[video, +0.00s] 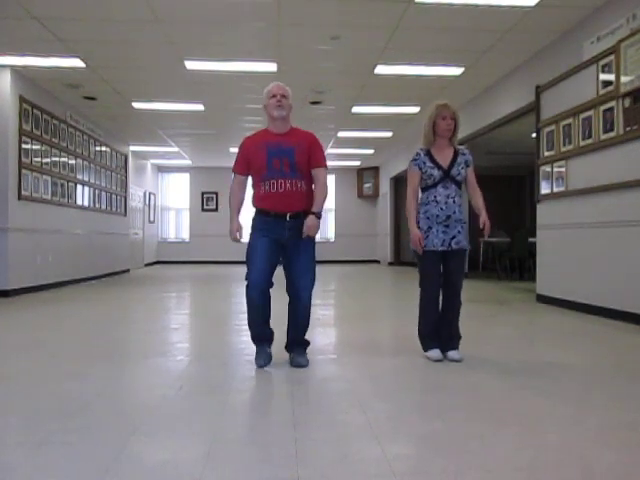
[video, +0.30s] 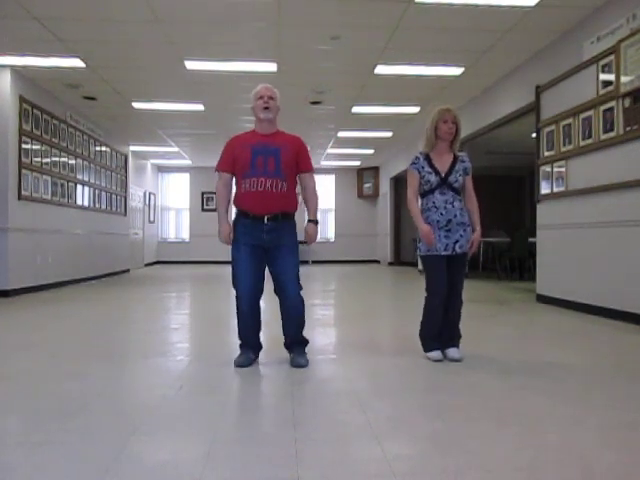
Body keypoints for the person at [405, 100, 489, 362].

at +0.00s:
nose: (448, 123)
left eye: (452, 119)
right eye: (443, 118)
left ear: (456, 124)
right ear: (433, 123)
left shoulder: (463, 156)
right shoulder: (420, 157)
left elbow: (473, 188)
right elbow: (412, 196)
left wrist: (482, 212)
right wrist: (413, 228)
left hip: (457, 229)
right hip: (429, 229)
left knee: (454, 288)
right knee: (430, 288)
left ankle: (451, 343)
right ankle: (430, 343)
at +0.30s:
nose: (449, 127)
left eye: (453, 123)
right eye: (444, 122)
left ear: (457, 129)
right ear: (434, 127)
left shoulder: (462, 161)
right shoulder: (420, 161)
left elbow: (470, 196)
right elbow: (411, 199)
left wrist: (477, 228)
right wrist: (422, 226)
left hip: (460, 231)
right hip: (433, 231)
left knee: (455, 290)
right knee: (437, 289)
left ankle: (451, 342)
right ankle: (432, 343)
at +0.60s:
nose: (443, 121)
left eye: (446, 117)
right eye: (437, 119)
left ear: (453, 123)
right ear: (429, 126)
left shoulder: (465, 155)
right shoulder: (422, 159)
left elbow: (473, 189)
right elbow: (411, 197)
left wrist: (481, 219)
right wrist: (416, 229)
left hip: (458, 230)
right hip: (429, 230)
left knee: (458, 290)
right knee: (429, 290)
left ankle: (452, 343)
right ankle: (431, 344)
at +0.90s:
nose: (448, 119)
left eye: (450, 116)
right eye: (442, 117)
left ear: (456, 122)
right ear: (433, 125)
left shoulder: (468, 155)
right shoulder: (426, 157)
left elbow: (477, 189)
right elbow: (415, 195)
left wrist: (488, 215)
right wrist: (418, 229)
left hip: (460, 230)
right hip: (432, 230)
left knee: (456, 290)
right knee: (431, 289)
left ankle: (451, 343)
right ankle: (431, 343)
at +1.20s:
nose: (451, 125)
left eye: (455, 122)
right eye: (446, 121)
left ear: (459, 129)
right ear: (437, 126)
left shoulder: (465, 161)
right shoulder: (422, 160)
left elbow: (472, 197)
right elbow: (413, 197)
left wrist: (478, 229)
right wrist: (424, 224)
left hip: (462, 231)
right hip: (434, 231)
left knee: (456, 290)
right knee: (438, 289)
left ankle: (451, 342)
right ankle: (432, 343)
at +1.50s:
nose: (446, 120)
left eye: (449, 116)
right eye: (441, 116)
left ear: (454, 122)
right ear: (431, 123)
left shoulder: (466, 154)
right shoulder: (421, 158)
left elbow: (477, 188)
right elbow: (411, 196)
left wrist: (489, 217)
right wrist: (415, 229)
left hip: (459, 230)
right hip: (430, 230)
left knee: (457, 290)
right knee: (430, 289)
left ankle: (452, 343)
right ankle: (431, 344)